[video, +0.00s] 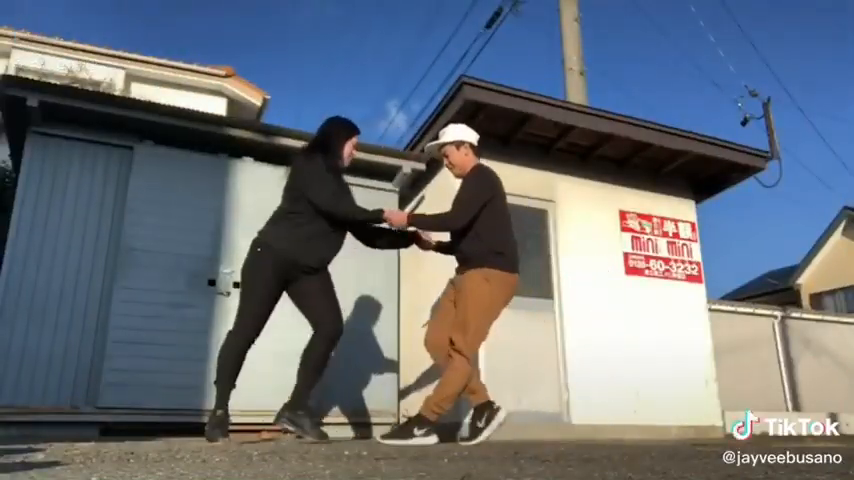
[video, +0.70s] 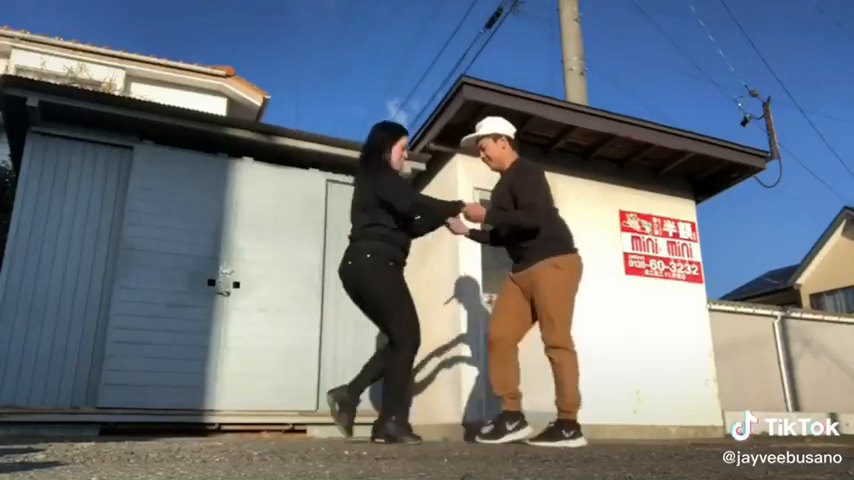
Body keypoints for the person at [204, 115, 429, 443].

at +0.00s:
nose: (354, 153)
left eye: (355, 146)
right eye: (351, 145)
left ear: (338, 145)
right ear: (335, 141)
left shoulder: (338, 186)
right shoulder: (309, 163)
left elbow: (370, 236)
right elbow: (334, 207)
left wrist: (412, 238)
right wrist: (380, 215)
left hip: (307, 268)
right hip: (271, 256)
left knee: (329, 329)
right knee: (245, 331)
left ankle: (296, 409)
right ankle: (219, 410)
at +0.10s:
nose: (355, 152)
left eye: (356, 146)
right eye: (352, 144)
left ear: (336, 143)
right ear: (336, 140)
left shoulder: (334, 182)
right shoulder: (316, 166)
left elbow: (368, 235)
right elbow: (343, 210)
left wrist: (405, 233)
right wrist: (392, 215)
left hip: (311, 270)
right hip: (282, 257)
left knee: (316, 336)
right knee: (262, 329)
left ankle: (282, 416)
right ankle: (220, 409)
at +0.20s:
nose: (360, 150)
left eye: (361, 144)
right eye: (358, 143)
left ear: (338, 140)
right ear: (343, 139)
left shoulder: (330, 172)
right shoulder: (332, 167)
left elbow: (358, 229)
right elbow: (367, 211)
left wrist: (394, 224)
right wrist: (413, 211)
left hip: (302, 255)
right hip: (300, 252)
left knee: (300, 336)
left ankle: (280, 418)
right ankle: (240, 388)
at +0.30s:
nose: (368, 147)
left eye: (369, 140)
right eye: (365, 139)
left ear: (338, 135)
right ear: (350, 136)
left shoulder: (323, 163)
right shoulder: (351, 166)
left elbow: (353, 216)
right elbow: (390, 204)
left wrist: (385, 207)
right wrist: (437, 210)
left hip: (292, 247)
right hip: (320, 248)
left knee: (289, 334)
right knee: (352, 321)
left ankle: (278, 418)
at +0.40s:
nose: (377, 146)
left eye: (378, 139)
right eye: (374, 139)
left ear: (345, 135)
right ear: (359, 136)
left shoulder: (325, 165)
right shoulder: (365, 170)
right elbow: (405, 204)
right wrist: (454, 210)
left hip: (300, 244)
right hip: (337, 244)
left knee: (293, 331)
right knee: (365, 324)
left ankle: (280, 418)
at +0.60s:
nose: (395, 150)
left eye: (396, 144)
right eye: (393, 143)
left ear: (367, 140)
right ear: (378, 141)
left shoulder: (350, 173)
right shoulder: (387, 173)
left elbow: (373, 208)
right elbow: (413, 210)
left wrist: (409, 221)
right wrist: (458, 215)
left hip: (334, 258)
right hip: (368, 259)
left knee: (342, 342)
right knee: (397, 336)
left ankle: (294, 410)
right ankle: (387, 420)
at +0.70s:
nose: (405, 156)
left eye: (405, 149)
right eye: (402, 149)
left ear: (382, 148)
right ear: (387, 148)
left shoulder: (372, 180)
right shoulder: (381, 175)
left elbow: (410, 226)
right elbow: (416, 204)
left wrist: (446, 217)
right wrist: (459, 207)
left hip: (359, 265)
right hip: (374, 264)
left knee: (402, 339)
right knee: (406, 338)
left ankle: (350, 392)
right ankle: (392, 422)